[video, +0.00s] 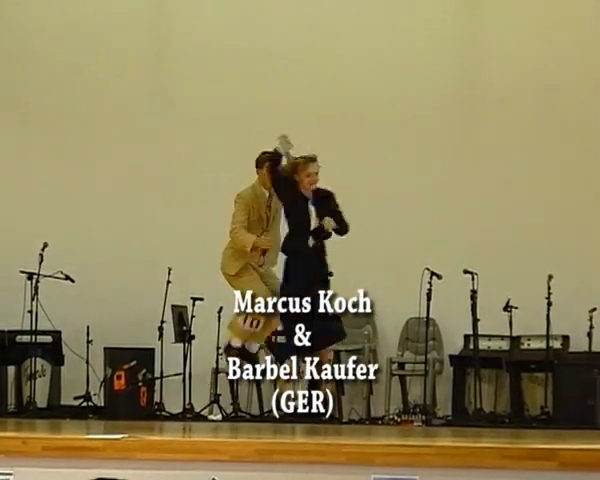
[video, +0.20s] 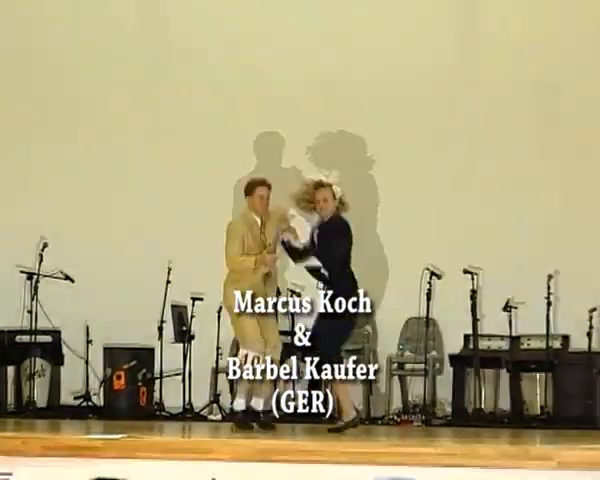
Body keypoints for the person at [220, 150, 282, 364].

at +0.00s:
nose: (274, 176)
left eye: (276, 171)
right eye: (269, 171)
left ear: (278, 172)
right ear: (259, 171)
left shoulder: (276, 197)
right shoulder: (245, 197)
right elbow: (236, 232)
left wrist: (285, 155)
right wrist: (256, 241)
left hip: (260, 264)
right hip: (238, 264)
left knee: (282, 298)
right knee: (262, 299)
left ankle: (251, 347)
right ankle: (234, 345)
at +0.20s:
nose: (265, 202)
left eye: (267, 197)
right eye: (261, 197)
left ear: (270, 199)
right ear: (249, 198)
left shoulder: (273, 221)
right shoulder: (238, 224)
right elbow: (233, 261)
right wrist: (259, 262)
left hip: (264, 293)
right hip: (239, 293)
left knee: (273, 347)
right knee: (253, 346)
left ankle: (261, 408)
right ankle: (240, 408)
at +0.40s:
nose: (259, 224)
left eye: (262, 220)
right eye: (255, 220)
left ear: (267, 221)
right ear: (246, 221)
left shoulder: (267, 248)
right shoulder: (235, 248)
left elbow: (273, 276)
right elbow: (240, 282)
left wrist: (284, 288)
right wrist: (270, 289)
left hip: (254, 316)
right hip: (233, 317)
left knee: (274, 359)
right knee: (256, 359)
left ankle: (262, 415)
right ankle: (238, 414)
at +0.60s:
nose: (250, 213)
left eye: (255, 209)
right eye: (247, 209)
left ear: (264, 210)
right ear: (242, 209)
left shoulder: (269, 235)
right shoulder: (235, 233)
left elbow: (284, 263)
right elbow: (247, 265)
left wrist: (313, 267)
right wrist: (281, 273)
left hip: (240, 299)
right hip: (217, 298)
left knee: (242, 350)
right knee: (227, 350)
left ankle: (254, 407)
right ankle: (237, 408)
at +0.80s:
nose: (258, 218)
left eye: (262, 214)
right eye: (254, 214)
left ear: (270, 215)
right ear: (249, 214)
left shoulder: (272, 240)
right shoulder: (243, 237)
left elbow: (285, 262)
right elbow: (259, 263)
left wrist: (309, 266)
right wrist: (297, 270)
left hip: (238, 304)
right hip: (218, 300)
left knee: (250, 354)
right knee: (228, 354)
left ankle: (253, 411)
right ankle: (232, 412)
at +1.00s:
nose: (290, 219)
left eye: (294, 215)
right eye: (285, 215)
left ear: (300, 215)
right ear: (279, 215)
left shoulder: (302, 244)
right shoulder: (269, 242)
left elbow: (303, 275)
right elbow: (265, 278)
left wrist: (327, 280)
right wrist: (295, 282)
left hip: (278, 308)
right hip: (257, 307)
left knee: (275, 361)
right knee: (277, 358)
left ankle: (245, 407)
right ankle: (247, 407)